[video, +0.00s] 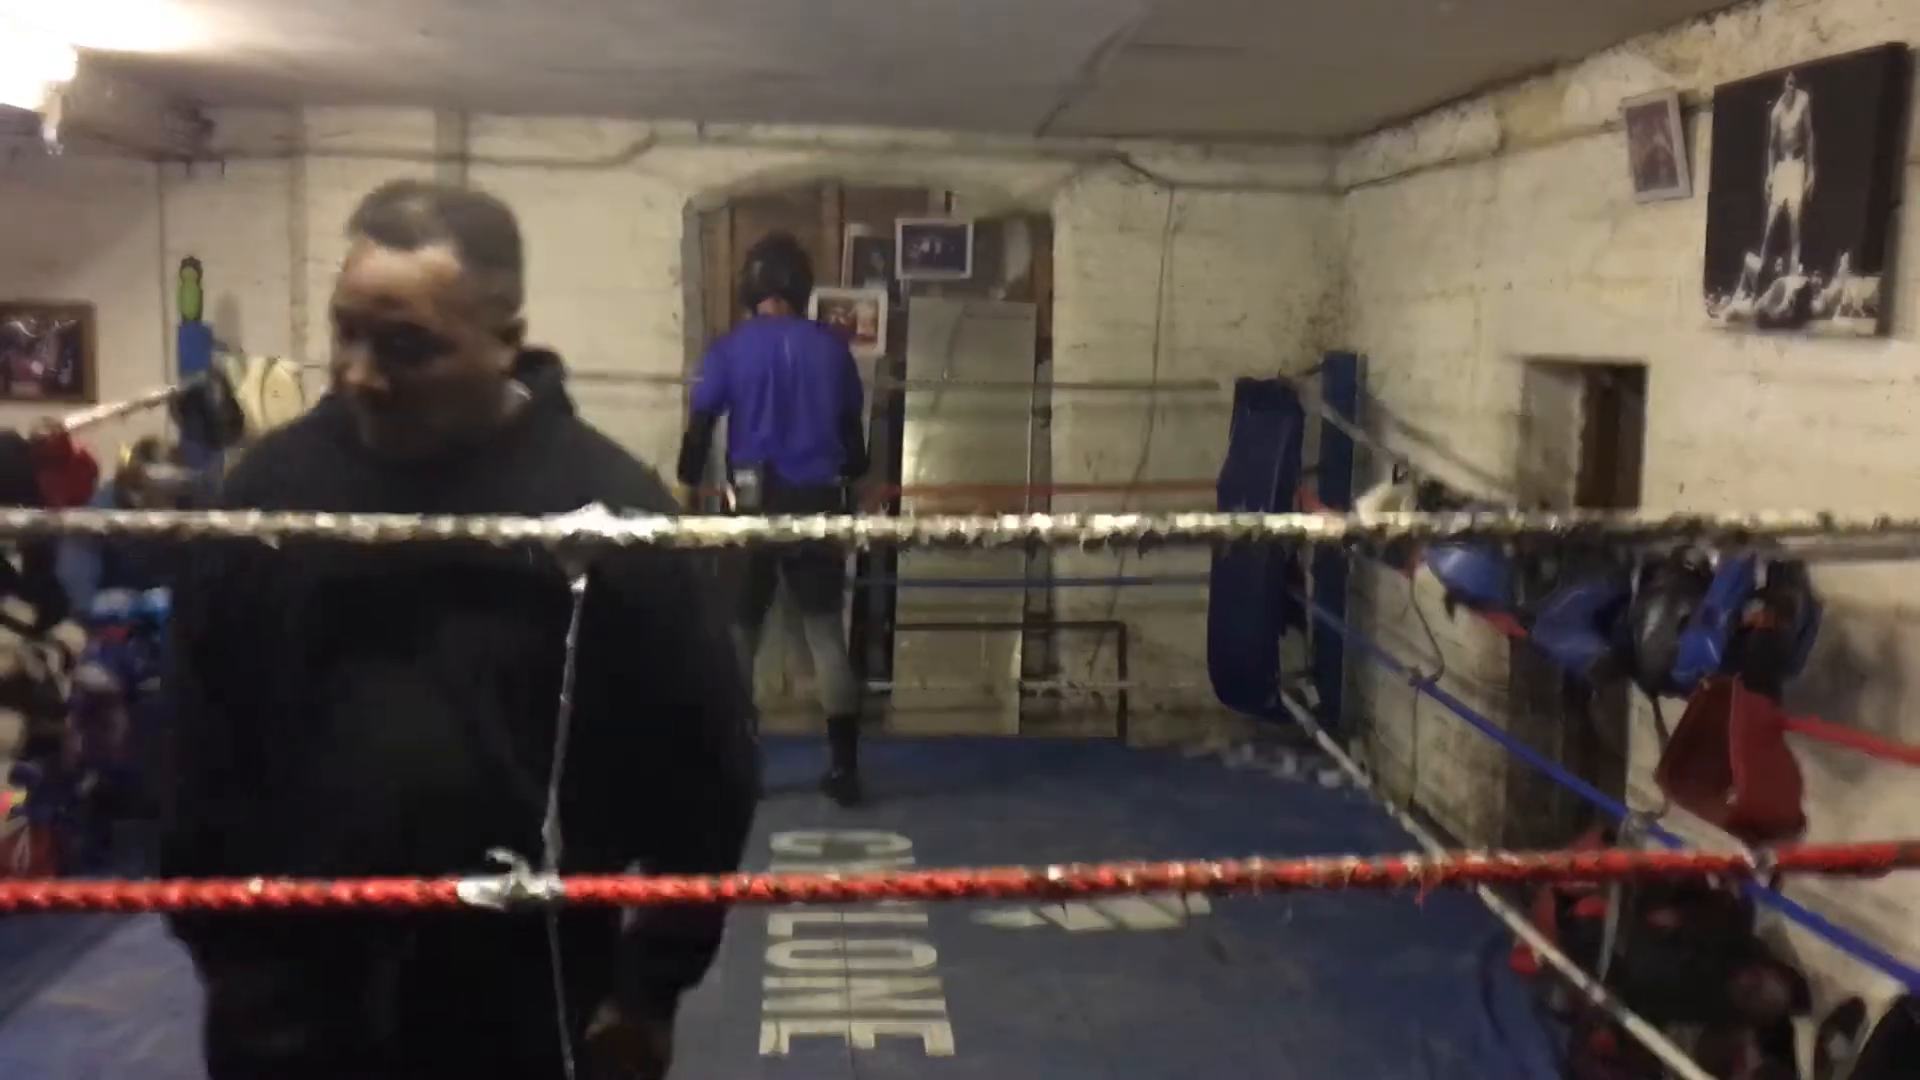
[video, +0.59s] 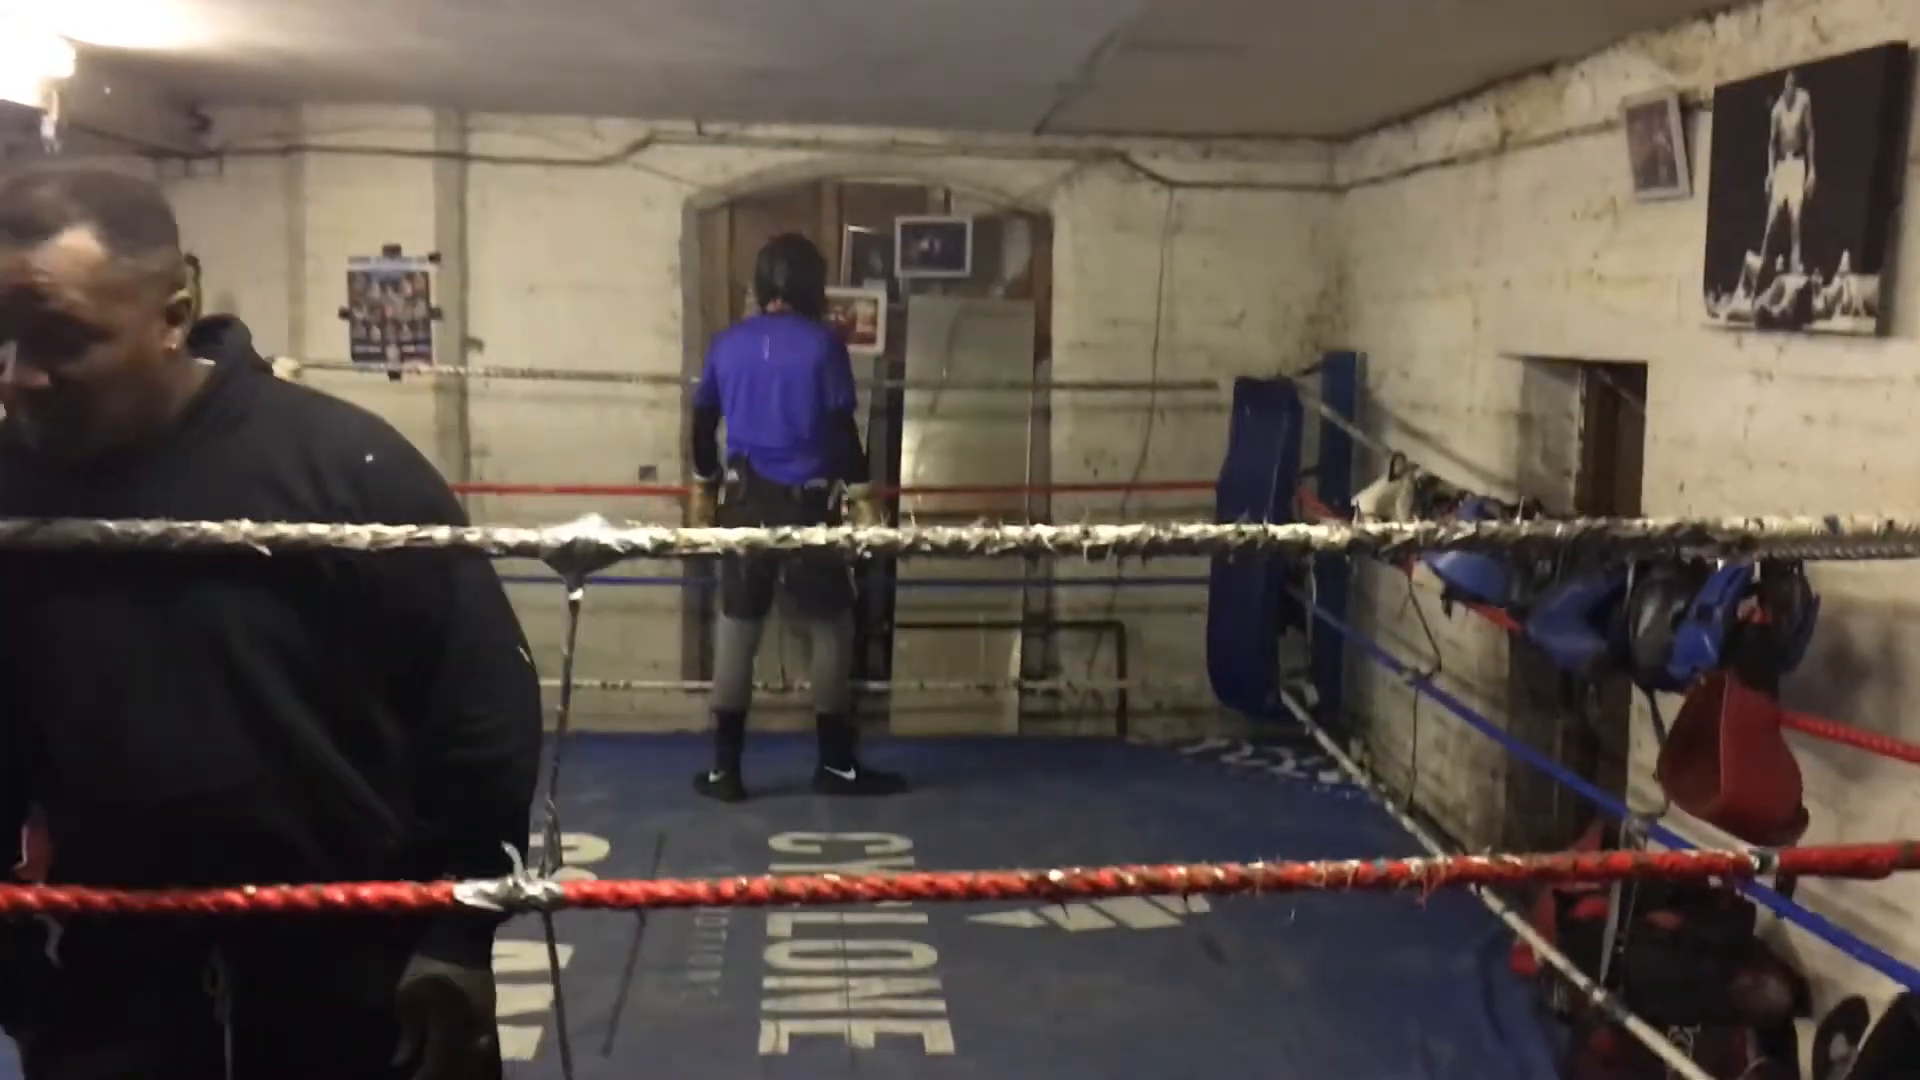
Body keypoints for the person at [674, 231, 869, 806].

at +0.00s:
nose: (749, 293)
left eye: (749, 283)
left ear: (751, 288)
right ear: (804, 288)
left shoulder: (730, 348)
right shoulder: (832, 346)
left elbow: (700, 415)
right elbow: (851, 419)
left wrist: (689, 478)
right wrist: (852, 474)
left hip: (749, 498)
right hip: (819, 496)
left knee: (738, 630)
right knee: (825, 625)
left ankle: (729, 765)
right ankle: (844, 767)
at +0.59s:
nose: (823, 289)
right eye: (820, 280)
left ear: (760, 284)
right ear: (815, 284)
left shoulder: (728, 343)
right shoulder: (824, 345)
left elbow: (703, 415)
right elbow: (838, 422)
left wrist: (709, 480)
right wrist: (860, 484)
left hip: (746, 498)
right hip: (809, 500)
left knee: (736, 628)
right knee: (831, 626)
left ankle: (725, 769)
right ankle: (836, 763)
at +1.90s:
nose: (1026, 310)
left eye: (1023, 299)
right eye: (1020, 300)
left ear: (971, 303)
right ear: (1001, 303)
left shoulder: (951, 350)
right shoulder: (984, 349)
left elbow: (929, 419)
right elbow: (979, 421)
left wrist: (941, 484)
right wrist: (995, 494)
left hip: (952, 501)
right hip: (981, 503)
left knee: (976, 629)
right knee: (993, 633)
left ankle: (987, 751)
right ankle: (902, 725)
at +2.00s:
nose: (1039, 310)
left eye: (1037, 299)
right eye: (1035, 299)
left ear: (992, 299)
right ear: (1014, 301)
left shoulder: (972, 351)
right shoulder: (996, 352)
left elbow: (939, 405)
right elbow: (988, 421)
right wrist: (1014, 498)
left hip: (973, 499)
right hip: (996, 503)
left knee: (983, 622)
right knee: (1032, 628)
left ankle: (989, 749)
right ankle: (937, 721)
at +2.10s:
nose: (1055, 310)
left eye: (1053, 299)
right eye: (1050, 298)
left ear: (1007, 297)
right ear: (1031, 298)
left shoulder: (1005, 349)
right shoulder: (1001, 348)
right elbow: (1001, 430)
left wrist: (1055, 499)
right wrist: (1024, 502)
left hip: (994, 500)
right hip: (999, 502)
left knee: (992, 621)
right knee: (1047, 626)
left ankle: (988, 745)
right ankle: (986, 729)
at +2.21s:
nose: (1071, 315)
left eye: (1072, 304)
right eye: (1066, 303)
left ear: (1031, 299)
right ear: (1041, 300)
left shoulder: (1031, 353)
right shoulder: (1009, 347)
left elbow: (1038, 439)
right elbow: (1004, 424)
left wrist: (1065, 497)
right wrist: (1029, 496)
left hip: (1011, 502)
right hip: (1008, 503)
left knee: (997, 624)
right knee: (1067, 621)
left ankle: (988, 754)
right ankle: (1037, 753)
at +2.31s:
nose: (1090, 312)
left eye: (1090, 301)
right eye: (1084, 300)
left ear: (1047, 299)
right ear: (1056, 299)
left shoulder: (1037, 351)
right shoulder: (1027, 349)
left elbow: (1040, 434)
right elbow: (1014, 422)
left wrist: (1069, 496)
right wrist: (1034, 494)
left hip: (1016, 504)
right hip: (1026, 505)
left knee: (1003, 622)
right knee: (1076, 624)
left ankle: (990, 751)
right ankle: (1078, 756)